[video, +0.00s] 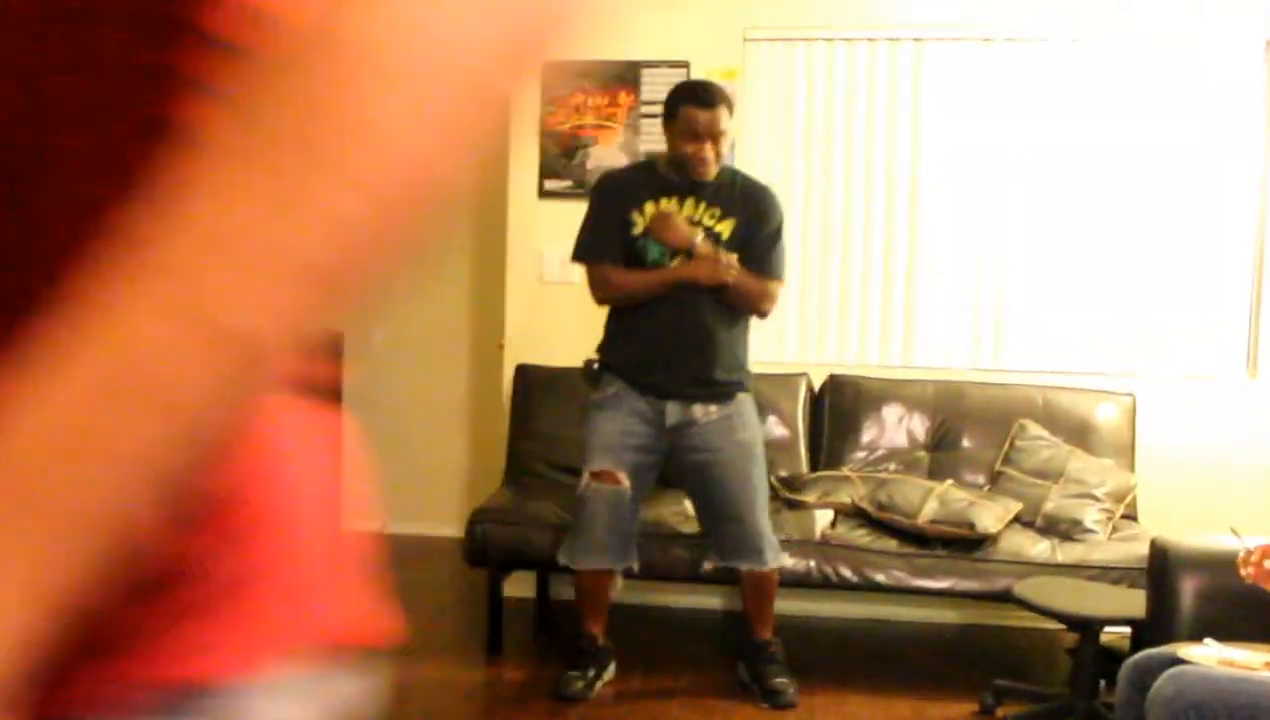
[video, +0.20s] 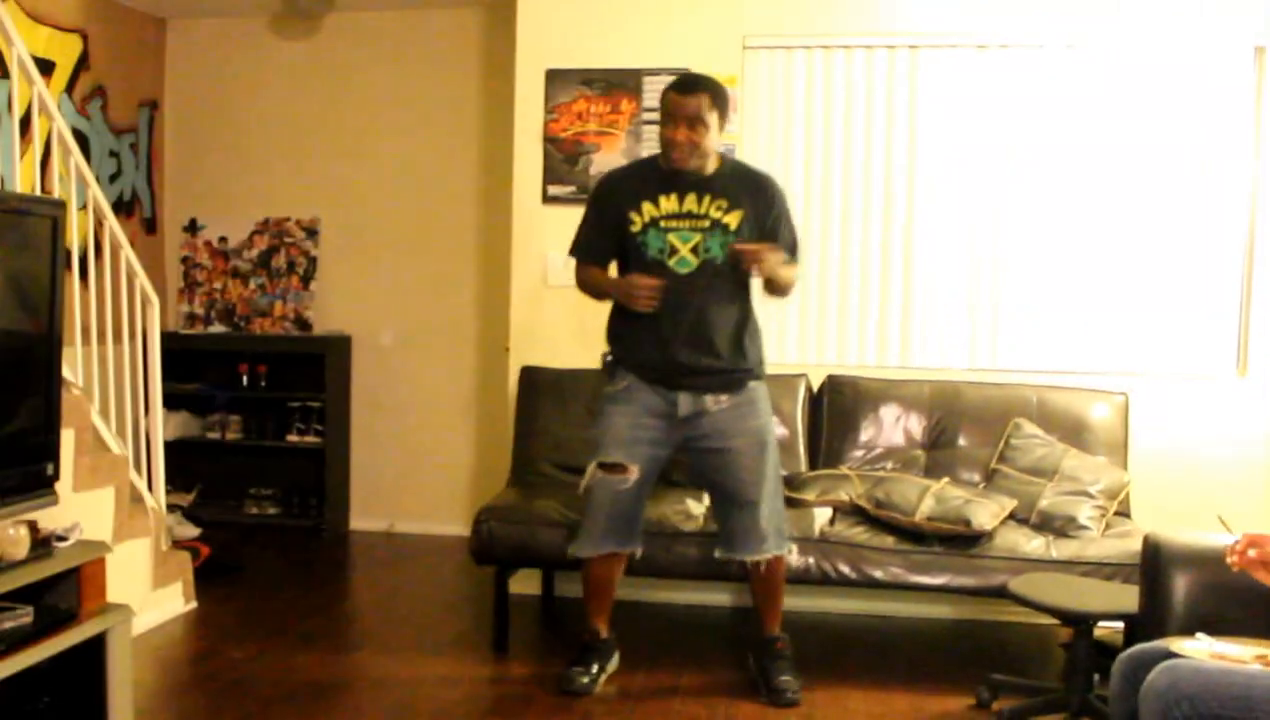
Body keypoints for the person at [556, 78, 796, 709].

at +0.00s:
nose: (705, 149)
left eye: (715, 136)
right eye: (692, 136)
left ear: (729, 134)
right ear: (667, 132)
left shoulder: (755, 203)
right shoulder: (621, 188)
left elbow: (763, 299)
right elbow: (603, 286)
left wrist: (692, 245)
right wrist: (693, 272)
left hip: (720, 397)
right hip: (627, 391)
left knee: (755, 535)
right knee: (600, 506)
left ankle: (763, 649)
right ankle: (591, 650)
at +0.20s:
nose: (681, 134)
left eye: (694, 123)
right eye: (671, 122)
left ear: (720, 126)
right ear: (659, 124)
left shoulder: (757, 192)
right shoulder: (620, 189)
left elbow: (784, 284)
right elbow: (585, 272)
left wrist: (771, 265)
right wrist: (616, 287)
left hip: (731, 385)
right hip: (638, 384)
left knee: (763, 521)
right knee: (607, 505)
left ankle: (772, 647)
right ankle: (596, 643)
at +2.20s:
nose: (676, 98)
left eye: (689, 85)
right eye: (662, 86)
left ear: (709, 93)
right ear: (642, 95)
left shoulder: (752, 177)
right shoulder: (602, 176)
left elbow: (784, 277)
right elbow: (579, 279)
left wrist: (722, 258)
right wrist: (638, 274)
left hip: (736, 398)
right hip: (635, 392)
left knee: (762, 552)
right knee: (596, 538)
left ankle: (761, 677)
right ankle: (551, 692)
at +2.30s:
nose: (656, 107)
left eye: (669, 94)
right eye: (641, 94)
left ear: (689, 101)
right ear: (621, 103)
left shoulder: (731, 180)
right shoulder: (583, 180)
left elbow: (775, 271)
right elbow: (549, 280)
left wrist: (743, 329)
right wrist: (620, 280)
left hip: (700, 403)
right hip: (602, 398)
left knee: (737, 557)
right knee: (580, 542)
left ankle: (754, 673)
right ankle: (549, 699)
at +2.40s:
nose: (639, 111)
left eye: (651, 97)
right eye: (625, 99)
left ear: (671, 100)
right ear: (602, 105)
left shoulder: (714, 164)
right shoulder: (567, 177)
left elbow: (760, 265)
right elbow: (527, 279)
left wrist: (786, 368)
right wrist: (601, 291)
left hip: (660, 391)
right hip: (568, 383)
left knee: (656, 542)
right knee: (549, 532)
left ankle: (720, 662)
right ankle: (546, 695)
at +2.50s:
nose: (628, 115)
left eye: (639, 101)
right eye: (613, 103)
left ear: (658, 100)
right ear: (589, 107)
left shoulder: (704, 156)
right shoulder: (559, 178)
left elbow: (753, 261)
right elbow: (520, 282)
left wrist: (797, 364)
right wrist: (569, 336)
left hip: (636, 390)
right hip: (549, 380)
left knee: (583, 536)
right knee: (530, 538)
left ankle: (631, 672)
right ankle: (543, 697)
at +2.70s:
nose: (613, 121)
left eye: (627, 108)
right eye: (599, 107)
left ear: (646, 106)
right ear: (573, 105)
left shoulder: (688, 171)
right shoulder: (534, 177)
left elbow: (738, 265)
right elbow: (515, 283)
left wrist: (751, 362)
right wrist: (489, 384)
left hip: (646, 393)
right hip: (552, 389)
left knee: (647, 565)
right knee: (524, 552)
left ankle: (626, 687)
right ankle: (546, 697)